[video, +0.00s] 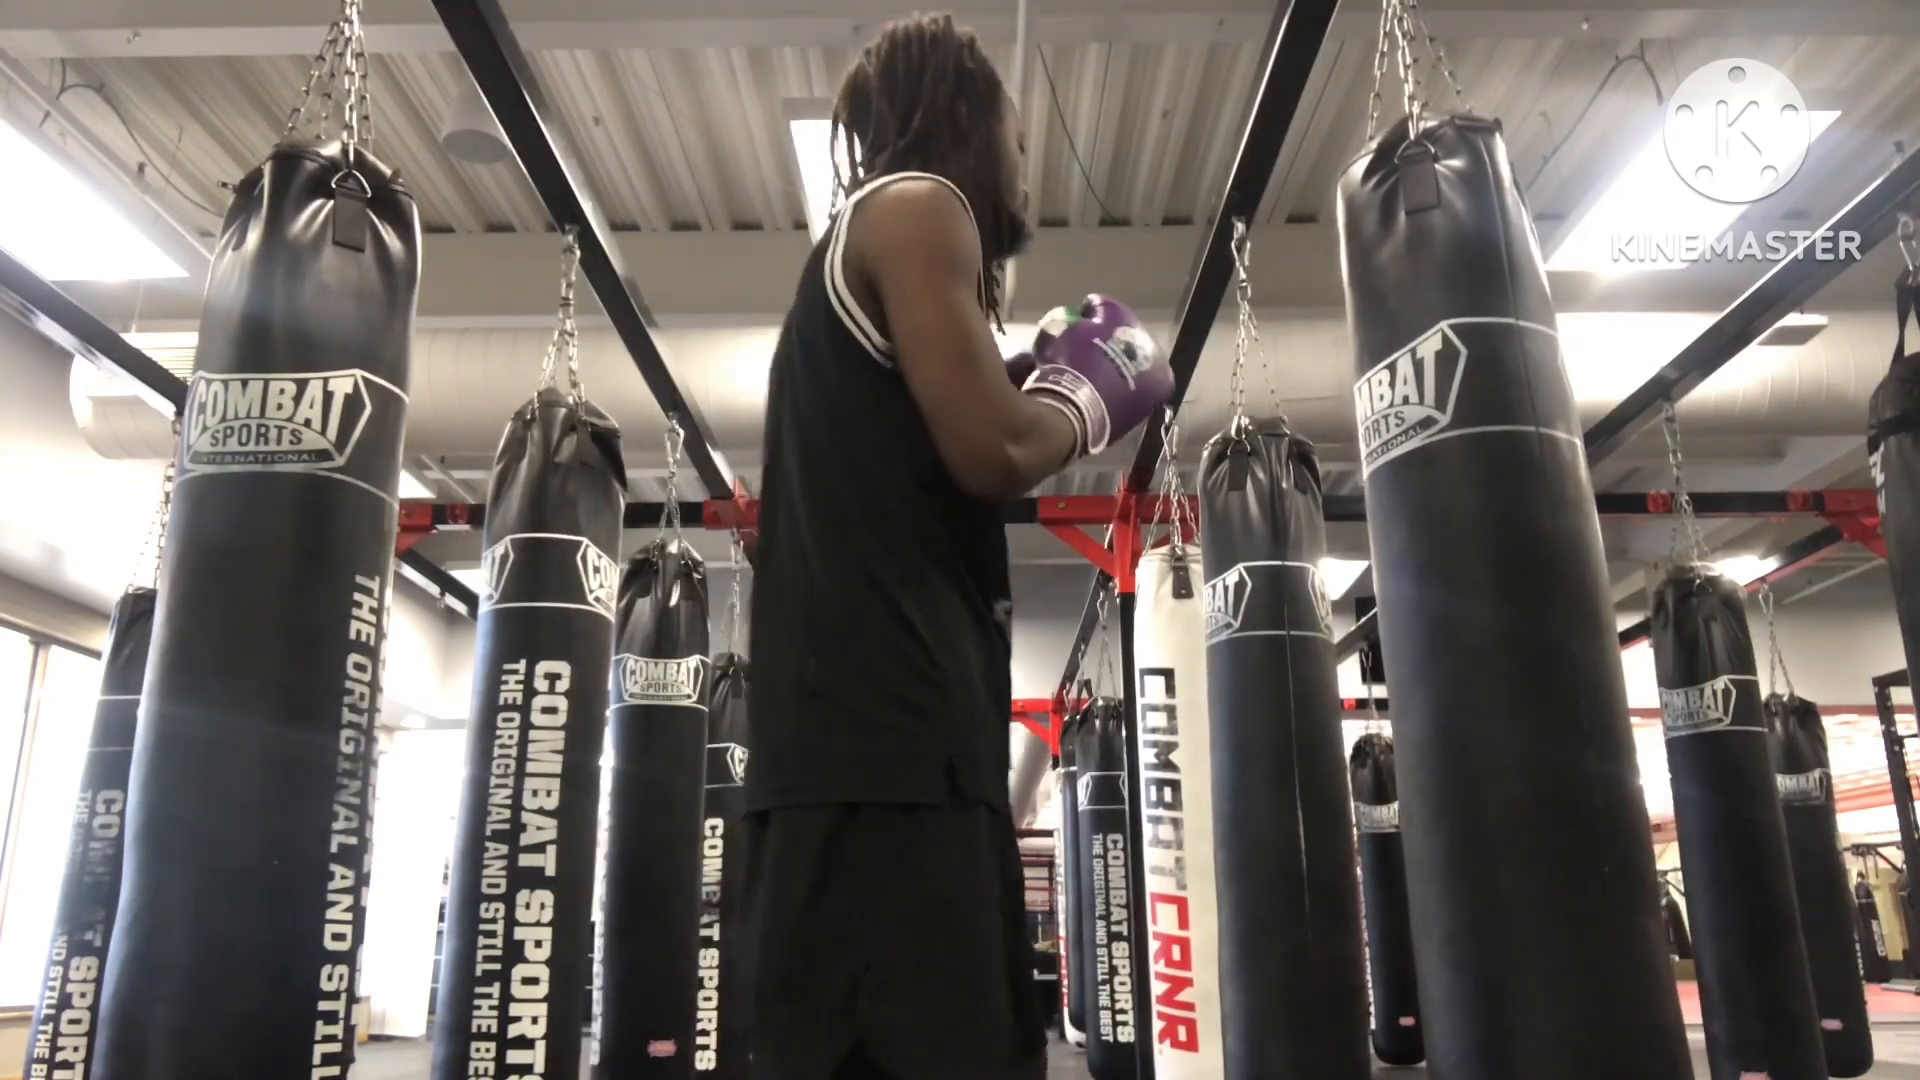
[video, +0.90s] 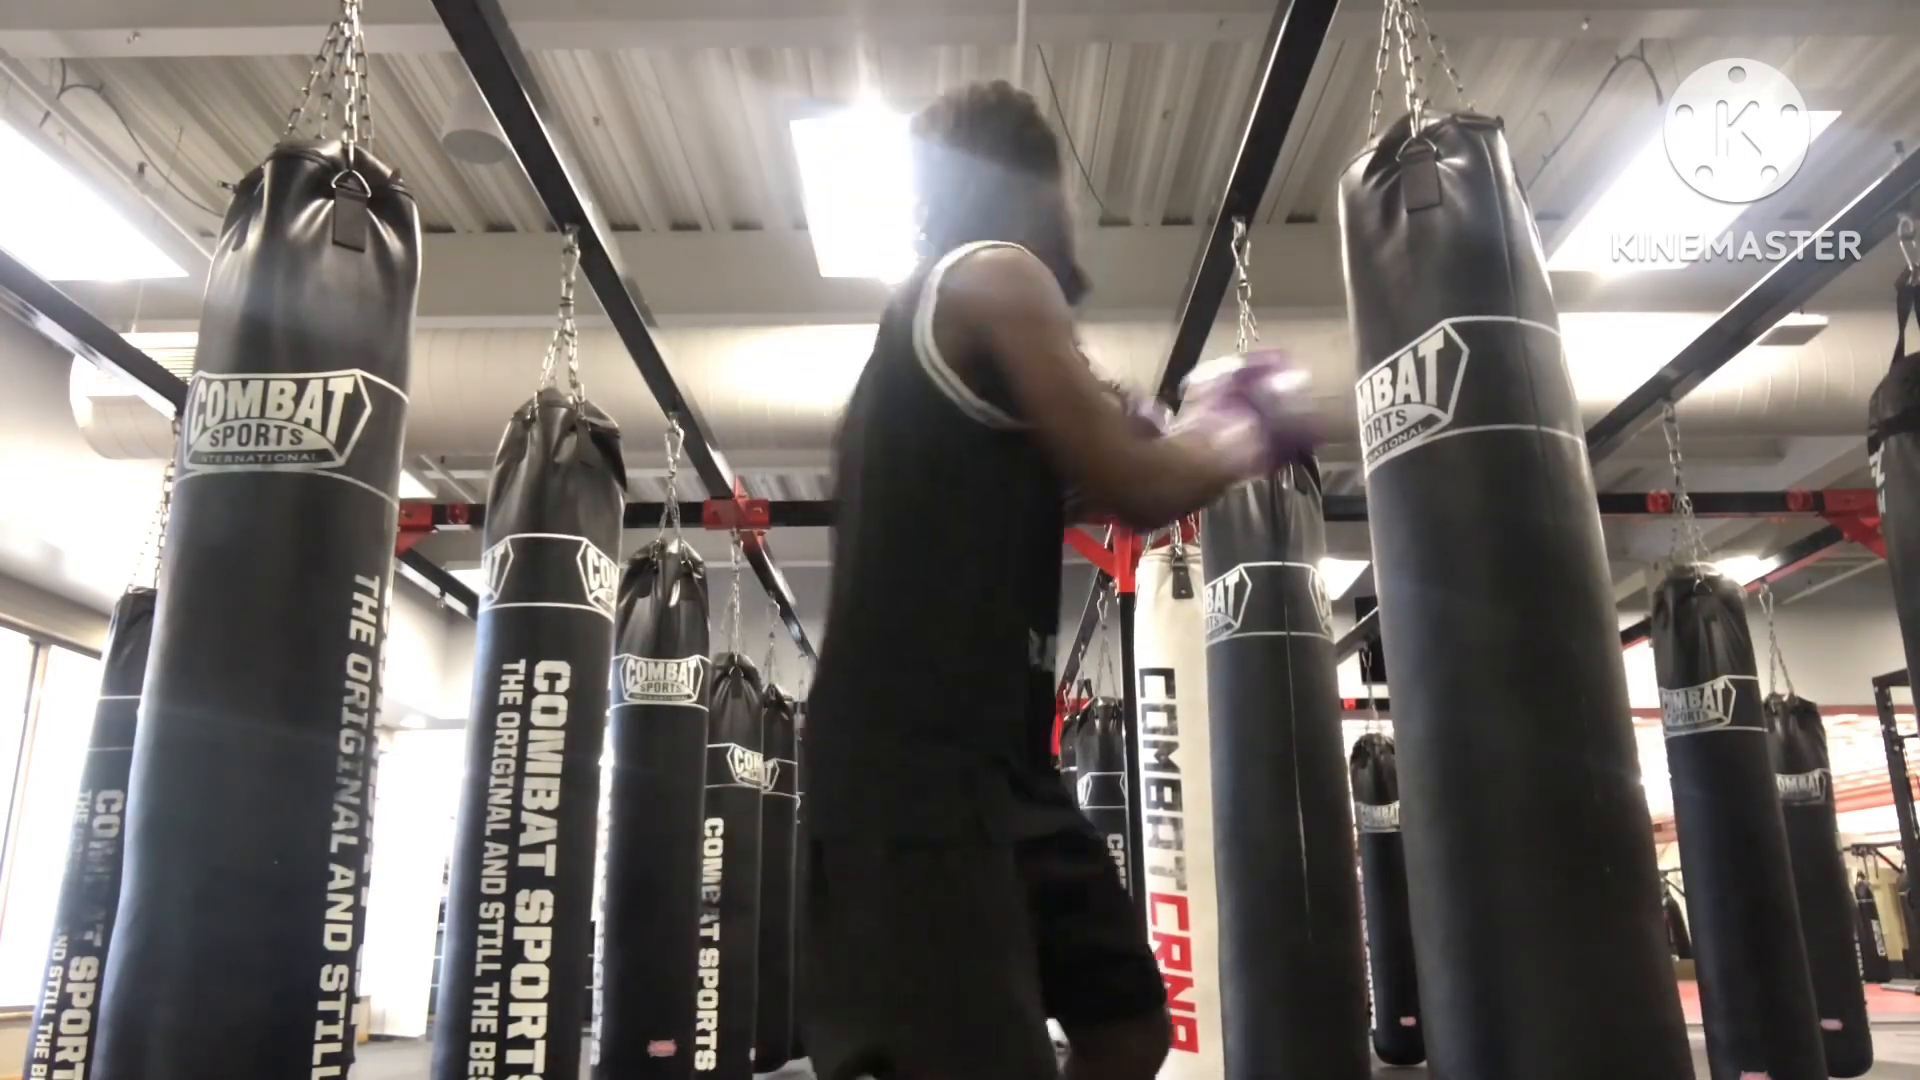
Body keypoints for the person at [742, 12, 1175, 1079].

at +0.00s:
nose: (1014, 141)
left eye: (1009, 117)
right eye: (1003, 115)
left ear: (882, 116)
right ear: (966, 113)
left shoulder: (857, 237)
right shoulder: (914, 207)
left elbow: (939, 443)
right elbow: (995, 453)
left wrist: (1041, 379)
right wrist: (1088, 401)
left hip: (842, 754)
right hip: (893, 758)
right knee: (928, 1039)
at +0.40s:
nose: (1043, 169)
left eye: (885, 148)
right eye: (1034, 145)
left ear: (913, 147)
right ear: (1004, 138)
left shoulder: (908, 261)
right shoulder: (956, 232)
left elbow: (999, 491)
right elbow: (1011, 460)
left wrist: (1111, 451)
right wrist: (1109, 399)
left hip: (894, 732)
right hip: (935, 735)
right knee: (978, 1038)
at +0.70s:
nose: (1047, 163)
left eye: (1042, 145)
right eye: (1041, 141)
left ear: (904, 157)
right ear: (1019, 140)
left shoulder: (862, 313)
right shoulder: (988, 229)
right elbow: (1105, 467)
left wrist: (1084, 372)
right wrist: (1156, 378)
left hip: (855, 764)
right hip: (945, 765)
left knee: (1059, 1035)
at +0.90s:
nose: (1076, 210)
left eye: (1070, 182)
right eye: (1068, 180)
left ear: (946, 184)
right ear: (1030, 181)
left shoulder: (929, 312)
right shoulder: (997, 279)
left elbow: (1088, 481)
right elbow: (1138, 485)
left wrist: (1199, 424)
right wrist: (1255, 442)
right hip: (933, 779)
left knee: (1124, 1031)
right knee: (980, 1055)